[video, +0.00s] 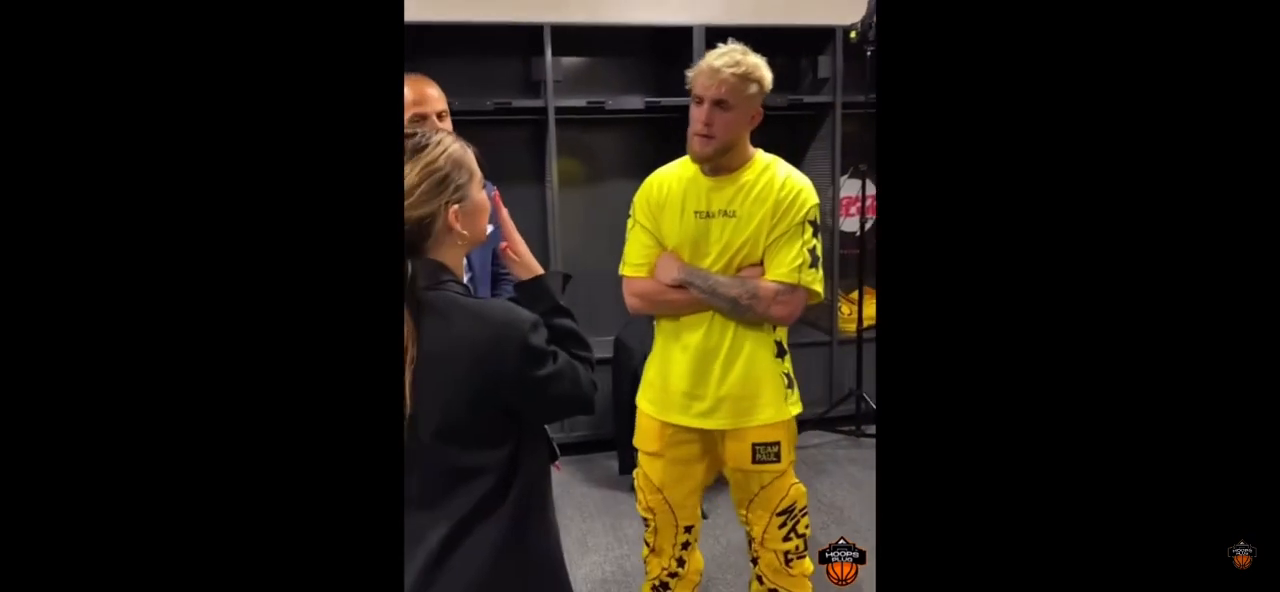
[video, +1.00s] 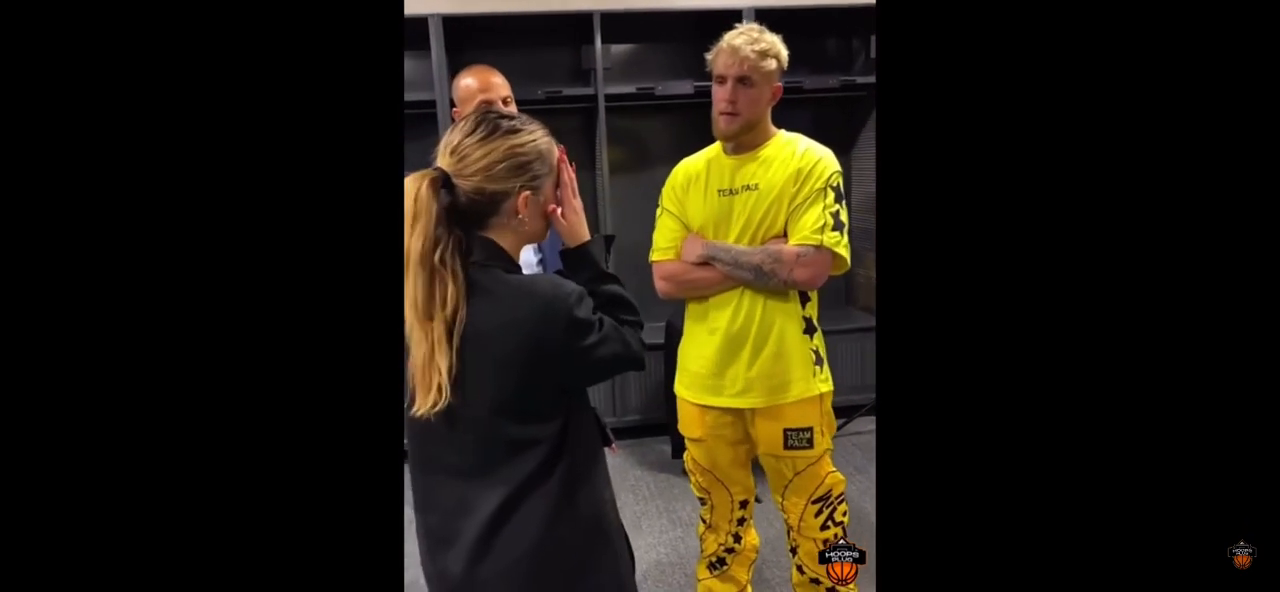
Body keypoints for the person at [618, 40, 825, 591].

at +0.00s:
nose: (701, 118)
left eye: (720, 106)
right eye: (696, 102)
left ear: (755, 117)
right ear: (687, 105)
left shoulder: (789, 191)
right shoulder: (657, 188)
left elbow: (785, 305)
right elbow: (637, 297)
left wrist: (683, 273)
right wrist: (741, 287)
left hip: (757, 401)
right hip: (668, 399)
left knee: (780, 556)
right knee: (665, 558)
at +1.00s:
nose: (725, 98)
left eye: (743, 84)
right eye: (718, 82)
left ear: (774, 92)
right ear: (708, 86)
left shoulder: (812, 163)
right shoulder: (684, 176)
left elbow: (811, 271)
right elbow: (667, 280)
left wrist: (706, 249)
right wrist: (768, 261)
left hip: (789, 379)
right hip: (704, 381)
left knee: (816, 530)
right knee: (719, 534)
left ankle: (824, 584)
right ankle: (722, 586)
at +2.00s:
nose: (729, 92)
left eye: (746, 78)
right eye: (721, 77)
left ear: (776, 88)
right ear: (711, 83)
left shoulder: (815, 159)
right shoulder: (685, 171)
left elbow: (820, 265)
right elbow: (669, 275)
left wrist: (710, 243)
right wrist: (773, 257)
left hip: (794, 374)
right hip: (707, 377)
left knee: (829, 524)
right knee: (729, 529)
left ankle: (843, 585)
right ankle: (733, 586)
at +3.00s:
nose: (716, 83)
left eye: (733, 69)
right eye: (709, 70)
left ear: (767, 77)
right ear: (702, 77)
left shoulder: (810, 149)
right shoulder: (682, 164)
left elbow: (813, 253)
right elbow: (665, 267)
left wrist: (704, 236)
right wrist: (765, 248)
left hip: (790, 368)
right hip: (703, 371)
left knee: (823, 519)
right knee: (724, 522)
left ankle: (838, 584)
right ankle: (728, 585)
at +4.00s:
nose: (707, 76)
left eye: (724, 62)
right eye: (700, 63)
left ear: (758, 71)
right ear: (694, 72)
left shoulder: (804, 144)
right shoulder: (678, 162)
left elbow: (807, 248)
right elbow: (660, 267)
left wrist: (700, 234)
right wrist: (759, 245)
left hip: (784, 365)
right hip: (698, 369)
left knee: (817, 517)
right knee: (717, 520)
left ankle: (833, 583)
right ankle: (723, 584)